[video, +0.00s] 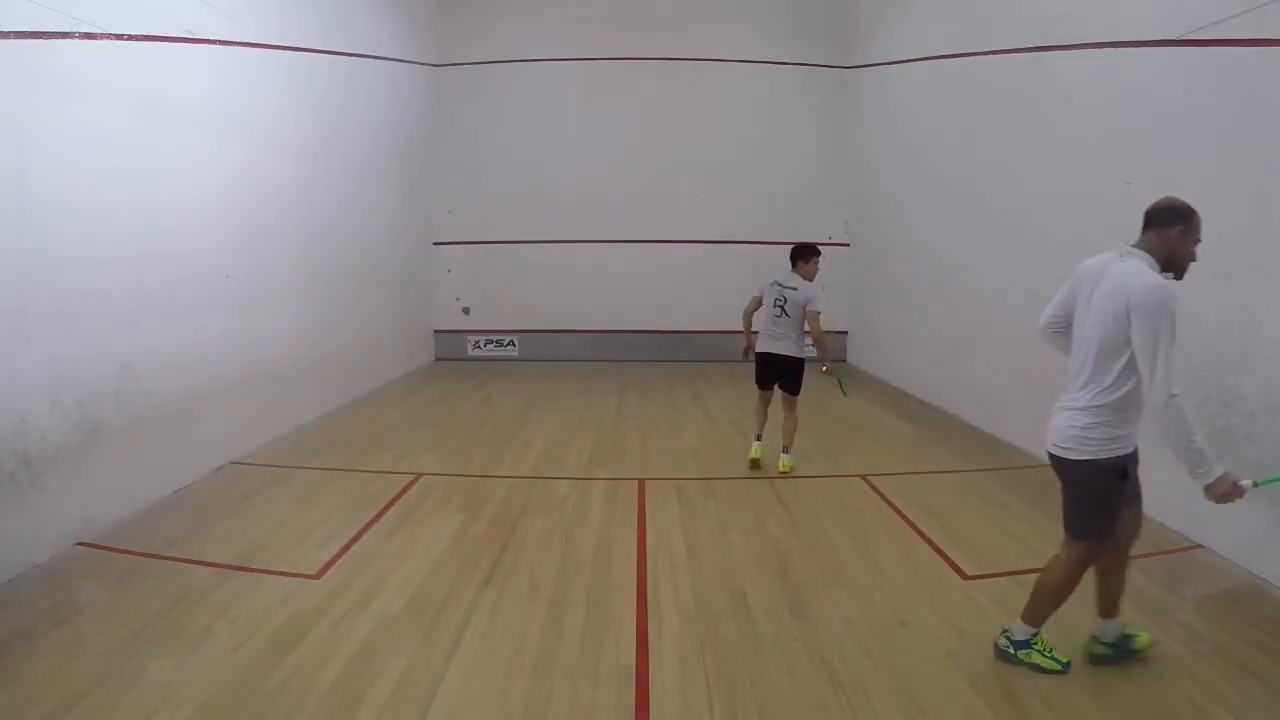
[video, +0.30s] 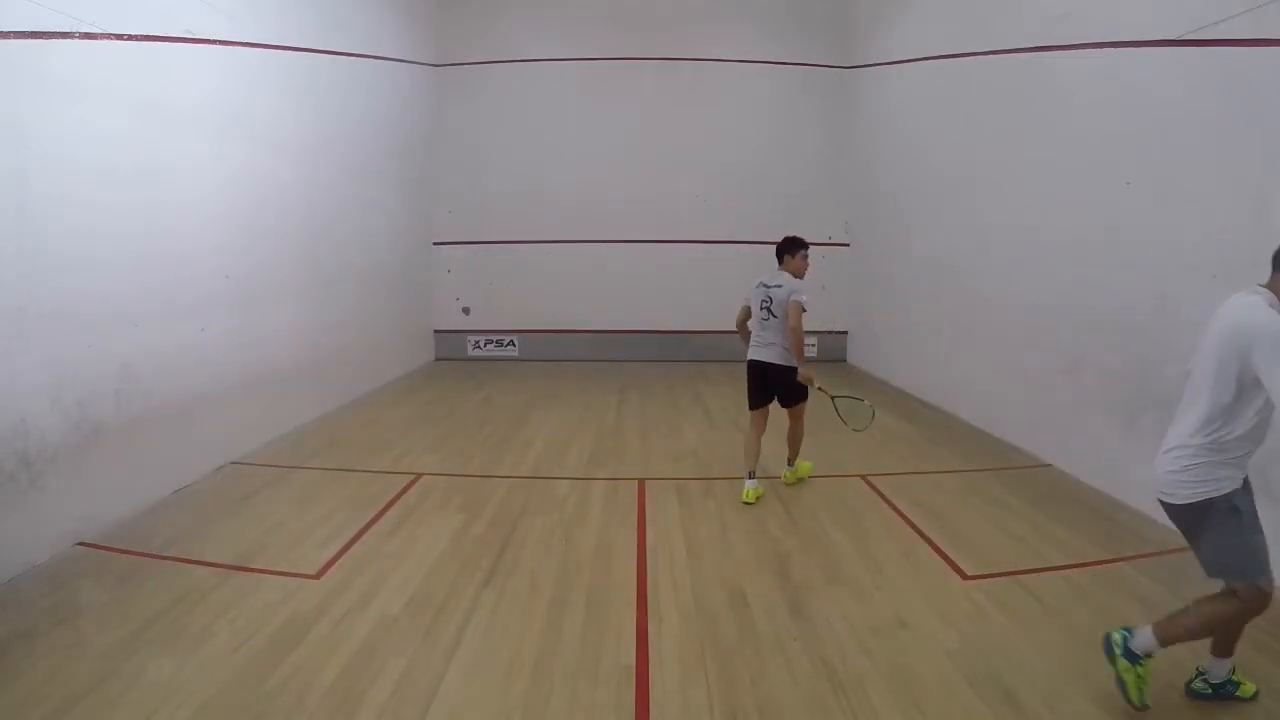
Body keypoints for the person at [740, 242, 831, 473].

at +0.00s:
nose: (817, 269)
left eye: (818, 264)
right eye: (815, 264)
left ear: (795, 264)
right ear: (802, 263)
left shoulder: (772, 283)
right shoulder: (809, 290)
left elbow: (748, 312)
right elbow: (814, 329)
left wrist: (747, 340)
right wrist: (826, 358)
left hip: (764, 354)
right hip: (792, 359)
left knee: (763, 397)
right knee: (789, 409)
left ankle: (756, 443)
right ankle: (785, 457)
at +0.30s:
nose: (808, 263)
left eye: (808, 258)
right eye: (804, 257)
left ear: (784, 259)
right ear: (788, 258)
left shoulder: (760, 284)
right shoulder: (794, 287)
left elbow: (740, 323)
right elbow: (794, 327)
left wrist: (753, 345)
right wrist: (802, 365)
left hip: (756, 365)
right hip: (784, 367)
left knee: (756, 424)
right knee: (796, 416)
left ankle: (750, 484)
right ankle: (791, 467)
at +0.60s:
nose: (818, 259)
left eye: (818, 253)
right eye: (814, 253)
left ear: (790, 255)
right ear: (797, 254)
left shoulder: (764, 281)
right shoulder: (808, 289)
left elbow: (733, 314)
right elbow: (818, 334)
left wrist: (721, 354)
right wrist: (829, 367)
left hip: (760, 372)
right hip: (792, 378)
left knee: (756, 431)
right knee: (802, 441)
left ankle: (749, 487)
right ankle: (794, 506)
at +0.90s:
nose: (834, 245)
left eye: (831, 239)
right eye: (834, 240)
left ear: (803, 241)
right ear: (830, 243)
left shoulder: (781, 271)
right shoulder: (839, 276)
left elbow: (754, 314)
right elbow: (854, 326)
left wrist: (757, 357)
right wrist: (851, 360)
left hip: (778, 374)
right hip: (815, 381)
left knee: (767, 440)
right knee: (810, 458)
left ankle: (755, 505)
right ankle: (793, 525)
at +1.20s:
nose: (867, 266)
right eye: (867, 261)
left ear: (834, 261)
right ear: (865, 265)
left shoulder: (809, 295)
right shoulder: (867, 306)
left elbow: (781, 341)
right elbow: (879, 367)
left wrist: (783, 387)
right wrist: (887, 410)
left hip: (801, 407)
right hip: (842, 415)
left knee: (774, 473)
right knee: (877, 487)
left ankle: (740, 536)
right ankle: (878, 572)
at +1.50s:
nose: (956, 284)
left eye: (957, 278)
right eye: (957, 277)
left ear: (922, 271)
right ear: (950, 276)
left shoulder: (889, 302)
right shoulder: (937, 317)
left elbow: (850, 342)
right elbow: (935, 390)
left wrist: (834, 390)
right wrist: (963, 447)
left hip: (861, 419)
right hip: (902, 430)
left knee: (840, 485)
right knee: (948, 503)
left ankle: (785, 548)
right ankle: (939, 591)